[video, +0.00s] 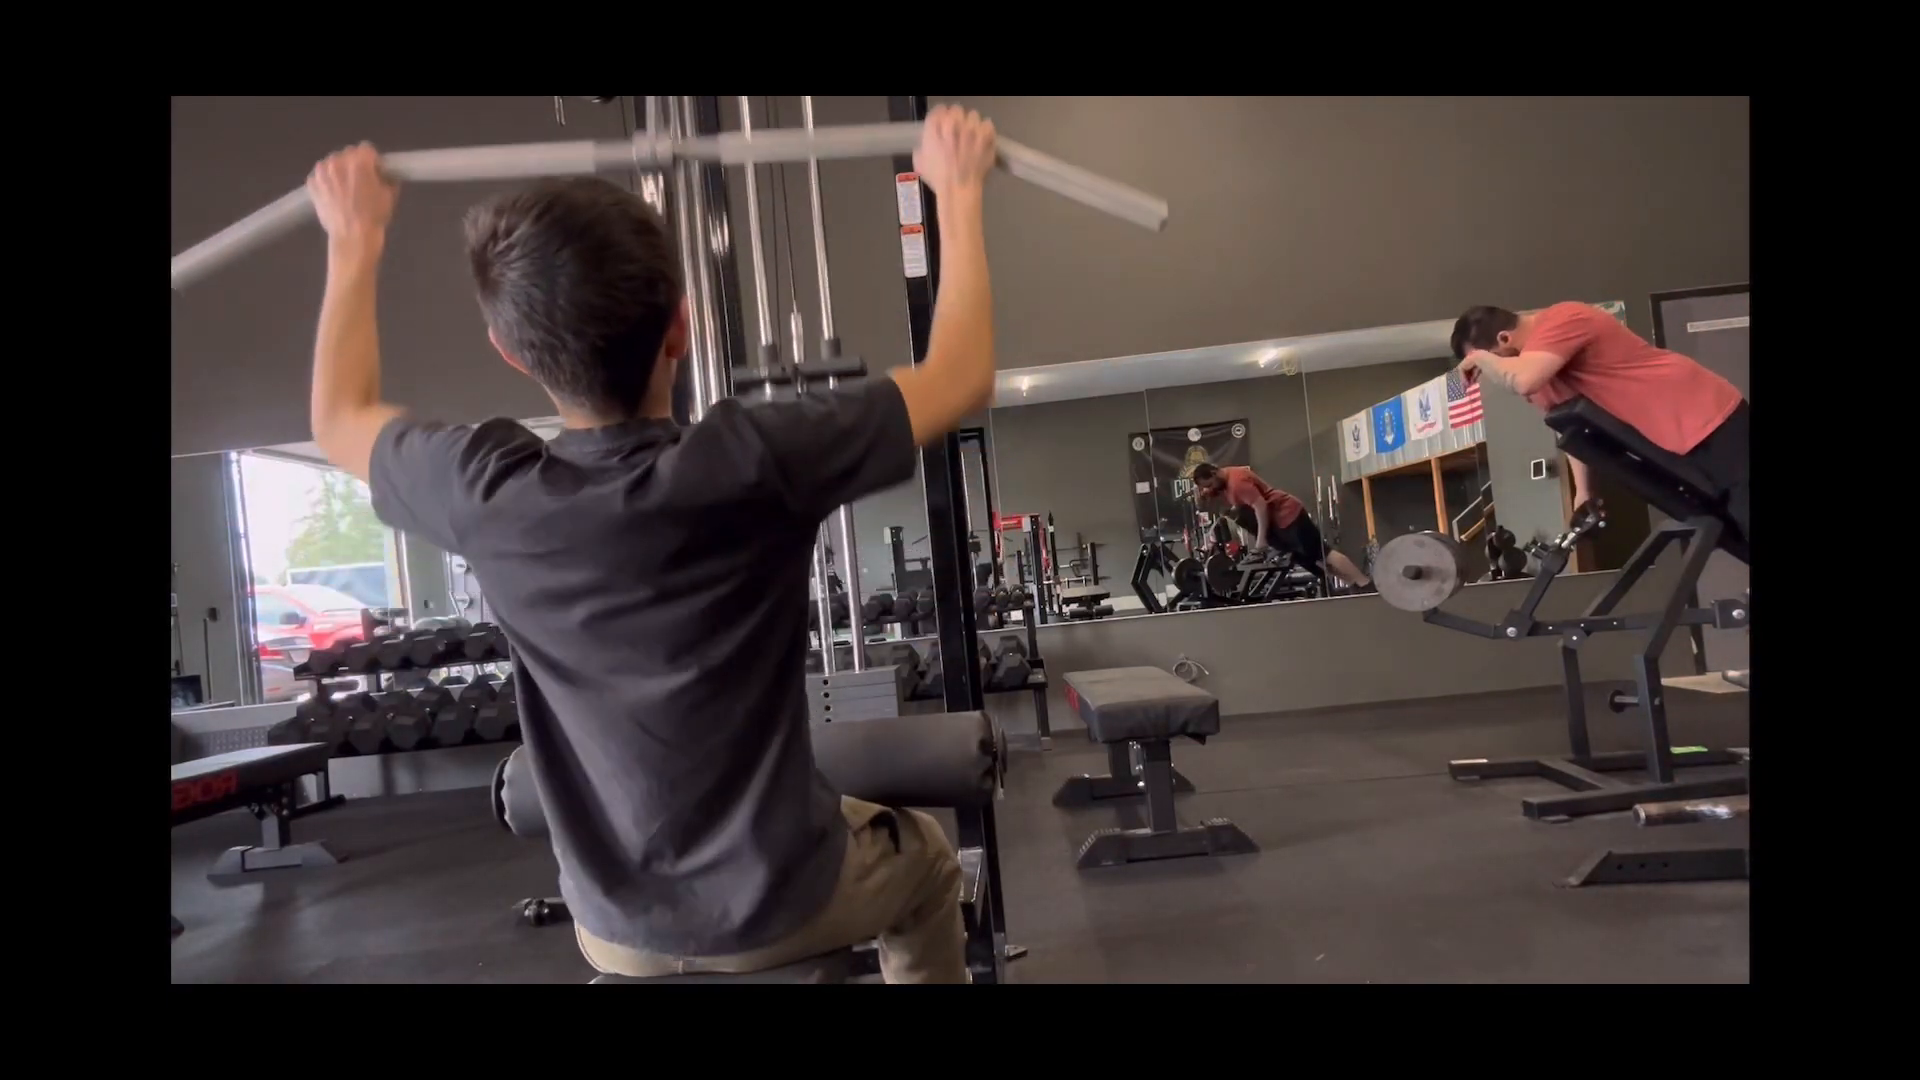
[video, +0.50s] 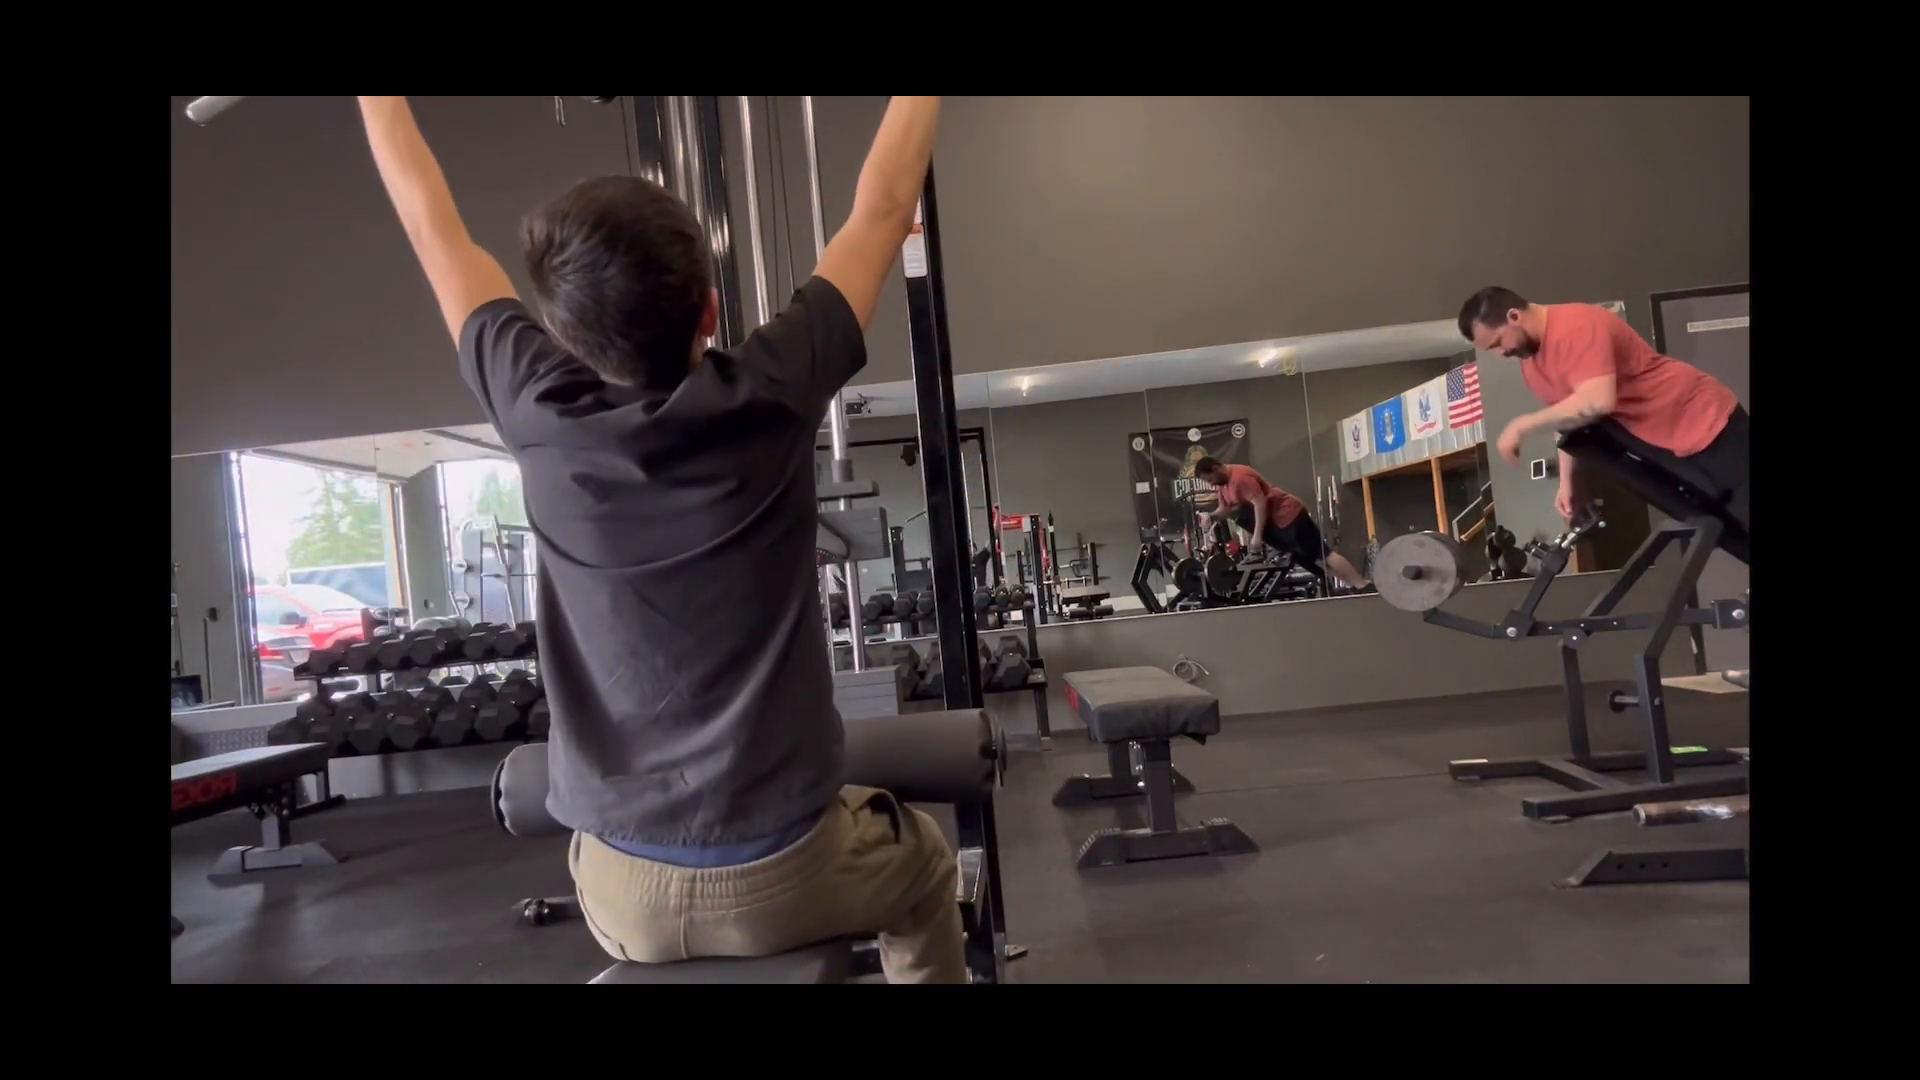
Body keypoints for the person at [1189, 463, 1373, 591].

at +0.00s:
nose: (1207, 490)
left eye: (1206, 485)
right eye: (1203, 487)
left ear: (1213, 474)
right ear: (1207, 478)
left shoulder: (1237, 481)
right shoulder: (1223, 482)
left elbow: (1262, 507)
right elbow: (1206, 502)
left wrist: (1260, 542)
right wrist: (1203, 496)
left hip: (1288, 514)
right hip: (1274, 523)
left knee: (1322, 553)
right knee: (1313, 560)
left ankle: (1363, 581)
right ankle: (1354, 582)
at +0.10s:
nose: (1208, 489)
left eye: (1208, 485)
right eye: (1205, 487)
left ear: (1214, 473)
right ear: (1208, 478)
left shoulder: (1238, 482)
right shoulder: (1224, 480)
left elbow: (1262, 506)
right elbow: (1210, 495)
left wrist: (1259, 539)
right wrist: (1202, 495)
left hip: (1288, 514)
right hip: (1274, 522)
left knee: (1323, 554)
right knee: (1313, 560)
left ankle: (1363, 582)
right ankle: (1350, 584)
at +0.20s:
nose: (1208, 489)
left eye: (1209, 484)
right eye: (1204, 486)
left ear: (1216, 473)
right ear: (1207, 480)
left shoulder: (1239, 480)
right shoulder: (1224, 480)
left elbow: (1262, 506)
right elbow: (1212, 494)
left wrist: (1258, 538)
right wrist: (1202, 494)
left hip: (1288, 513)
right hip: (1274, 522)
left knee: (1322, 554)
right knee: (1312, 560)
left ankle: (1363, 582)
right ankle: (1350, 584)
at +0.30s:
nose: (1207, 486)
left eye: (1207, 481)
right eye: (1203, 484)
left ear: (1214, 472)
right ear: (1208, 478)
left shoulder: (1239, 479)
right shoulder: (1225, 482)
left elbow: (1262, 503)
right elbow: (1229, 503)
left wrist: (1257, 534)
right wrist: (1209, 499)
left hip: (1288, 512)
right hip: (1274, 521)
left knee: (1322, 553)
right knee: (1312, 559)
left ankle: (1364, 583)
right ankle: (1350, 585)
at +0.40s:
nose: (1209, 484)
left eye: (1208, 479)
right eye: (1205, 482)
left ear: (1215, 470)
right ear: (1208, 477)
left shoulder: (1240, 477)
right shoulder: (1221, 487)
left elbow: (1262, 503)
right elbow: (1219, 508)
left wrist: (1257, 533)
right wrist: (1209, 508)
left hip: (1288, 512)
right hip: (1273, 523)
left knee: (1322, 554)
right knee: (1311, 560)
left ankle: (1363, 584)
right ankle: (1351, 586)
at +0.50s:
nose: (1209, 483)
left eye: (1208, 478)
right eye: (1205, 481)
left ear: (1216, 468)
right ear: (1209, 476)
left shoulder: (1240, 477)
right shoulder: (1223, 486)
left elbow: (1261, 503)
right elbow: (1225, 509)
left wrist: (1257, 536)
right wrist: (1211, 517)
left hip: (1289, 513)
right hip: (1275, 523)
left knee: (1322, 553)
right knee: (1313, 560)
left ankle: (1362, 584)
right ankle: (1351, 585)